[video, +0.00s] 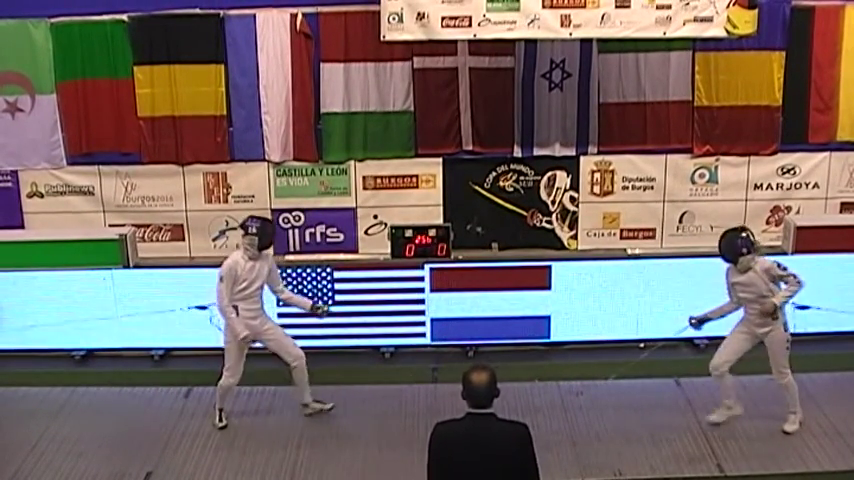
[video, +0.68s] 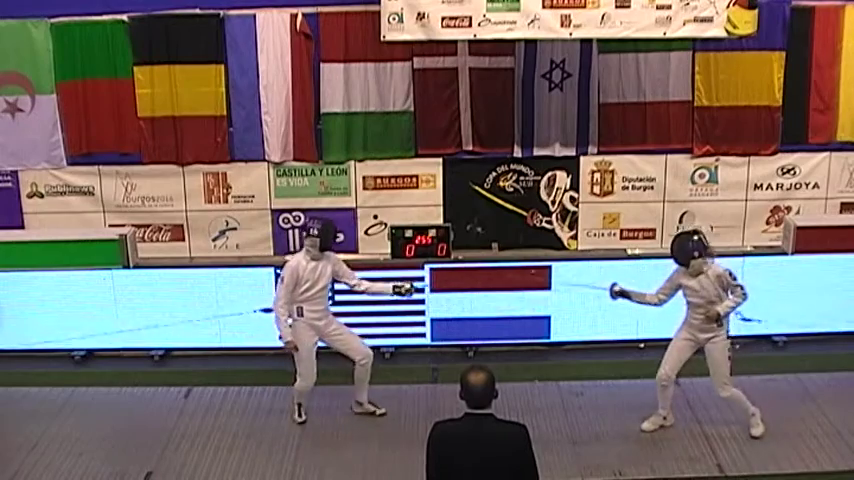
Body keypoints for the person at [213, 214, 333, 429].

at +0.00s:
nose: (248, 242)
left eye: (254, 238)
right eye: (246, 236)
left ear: (263, 242)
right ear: (242, 237)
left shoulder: (267, 261)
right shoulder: (231, 265)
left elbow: (280, 292)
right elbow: (223, 304)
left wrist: (311, 306)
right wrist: (239, 330)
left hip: (261, 321)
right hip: (236, 324)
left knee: (297, 358)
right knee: (231, 378)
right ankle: (219, 409)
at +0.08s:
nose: (258, 240)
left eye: (263, 236)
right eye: (255, 235)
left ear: (271, 240)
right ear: (251, 236)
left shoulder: (276, 261)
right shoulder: (240, 264)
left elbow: (295, 289)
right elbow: (234, 303)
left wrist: (326, 301)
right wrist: (252, 331)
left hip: (270, 322)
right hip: (245, 324)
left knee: (305, 358)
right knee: (234, 376)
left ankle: (323, 404)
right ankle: (219, 408)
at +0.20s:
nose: (273, 242)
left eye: (279, 238)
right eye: (271, 237)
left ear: (289, 242)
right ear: (267, 238)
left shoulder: (295, 263)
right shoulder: (258, 266)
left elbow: (322, 287)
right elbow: (252, 307)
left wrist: (354, 295)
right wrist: (270, 335)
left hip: (288, 324)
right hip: (263, 326)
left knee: (324, 357)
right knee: (242, 375)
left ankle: (328, 405)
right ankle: (220, 405)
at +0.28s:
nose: (287, 245)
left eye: (292, 240)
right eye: (284, 240)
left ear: (301, 241)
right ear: (278, 239)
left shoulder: (306, 259)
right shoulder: (268, 266)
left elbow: (335, 281)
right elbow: (263, 306)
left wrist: (368, 292)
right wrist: (277, 334)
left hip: (300, 322)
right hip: (275, 324)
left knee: (332, 357)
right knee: (254, 375)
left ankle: (328, 405)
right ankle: (227, 406)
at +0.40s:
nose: (293, 236)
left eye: (299, 232)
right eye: (292, 231)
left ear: (309, 236)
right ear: (289, 232)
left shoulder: (316, 253)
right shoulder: (279, 259)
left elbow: (345, 274)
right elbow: (270, 299)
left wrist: (380, 284)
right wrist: (280, 330)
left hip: (309, 317)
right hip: (285, 319)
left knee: (337, 357)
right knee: (278, 374)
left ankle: (328, 405)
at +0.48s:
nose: (301, 235)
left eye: (306, 231)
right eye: (299, 231)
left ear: (314, 234)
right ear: (295, 232)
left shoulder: (320, 251)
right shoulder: (283, 257)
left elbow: (347, 274)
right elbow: (272, 297)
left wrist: (382, 283)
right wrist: (282, 328)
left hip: (314, 315)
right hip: (289, 317)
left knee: (342, 356)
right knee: (292, 373)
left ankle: (331, 402)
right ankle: (290, 404)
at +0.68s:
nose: (309, 241)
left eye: (315, 238)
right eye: (308, 236)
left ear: (326, 243)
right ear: (305, 237)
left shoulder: (332, 261)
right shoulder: (294, 265)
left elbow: (359, 285)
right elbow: (280, 304)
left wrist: (393, 288)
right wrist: (286, 335)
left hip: (326, 321)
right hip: (302, 324)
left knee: (364, 356)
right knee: (307, 380)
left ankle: (361, 403)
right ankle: (299, 404)